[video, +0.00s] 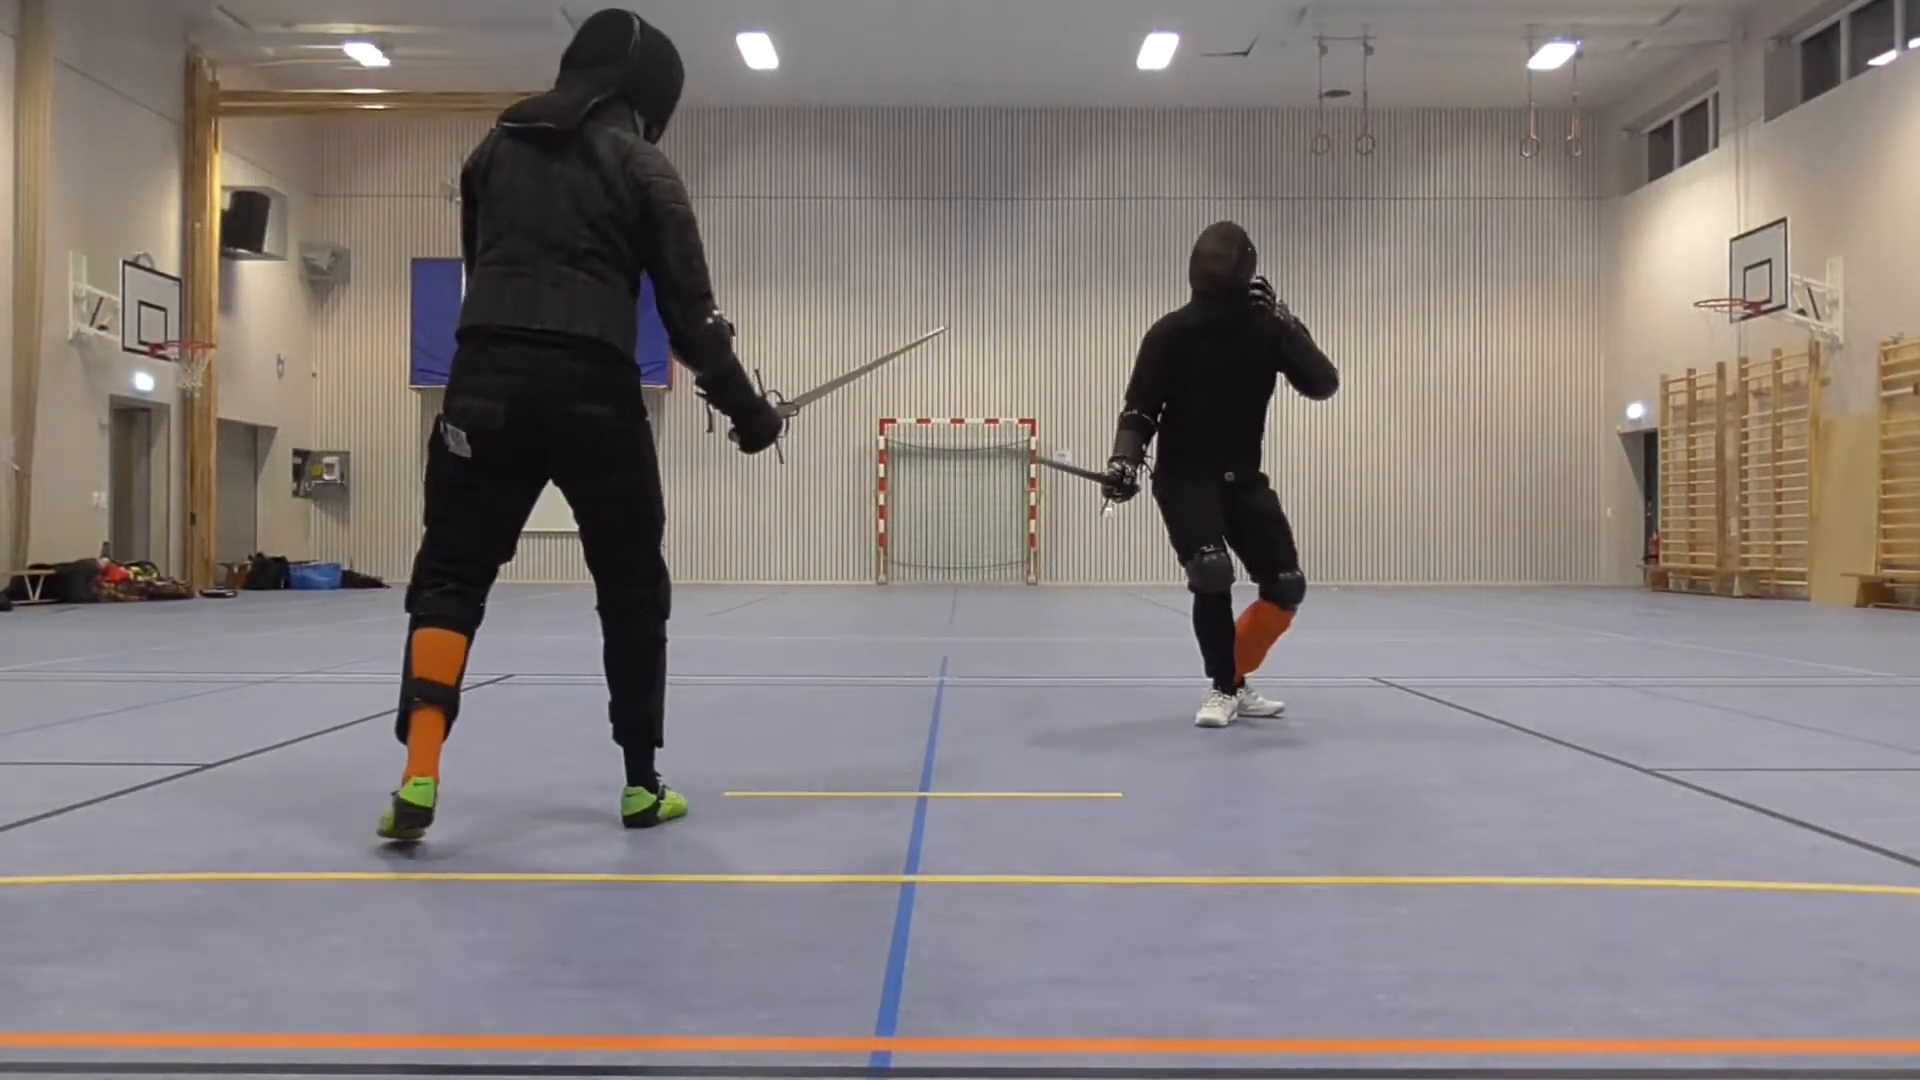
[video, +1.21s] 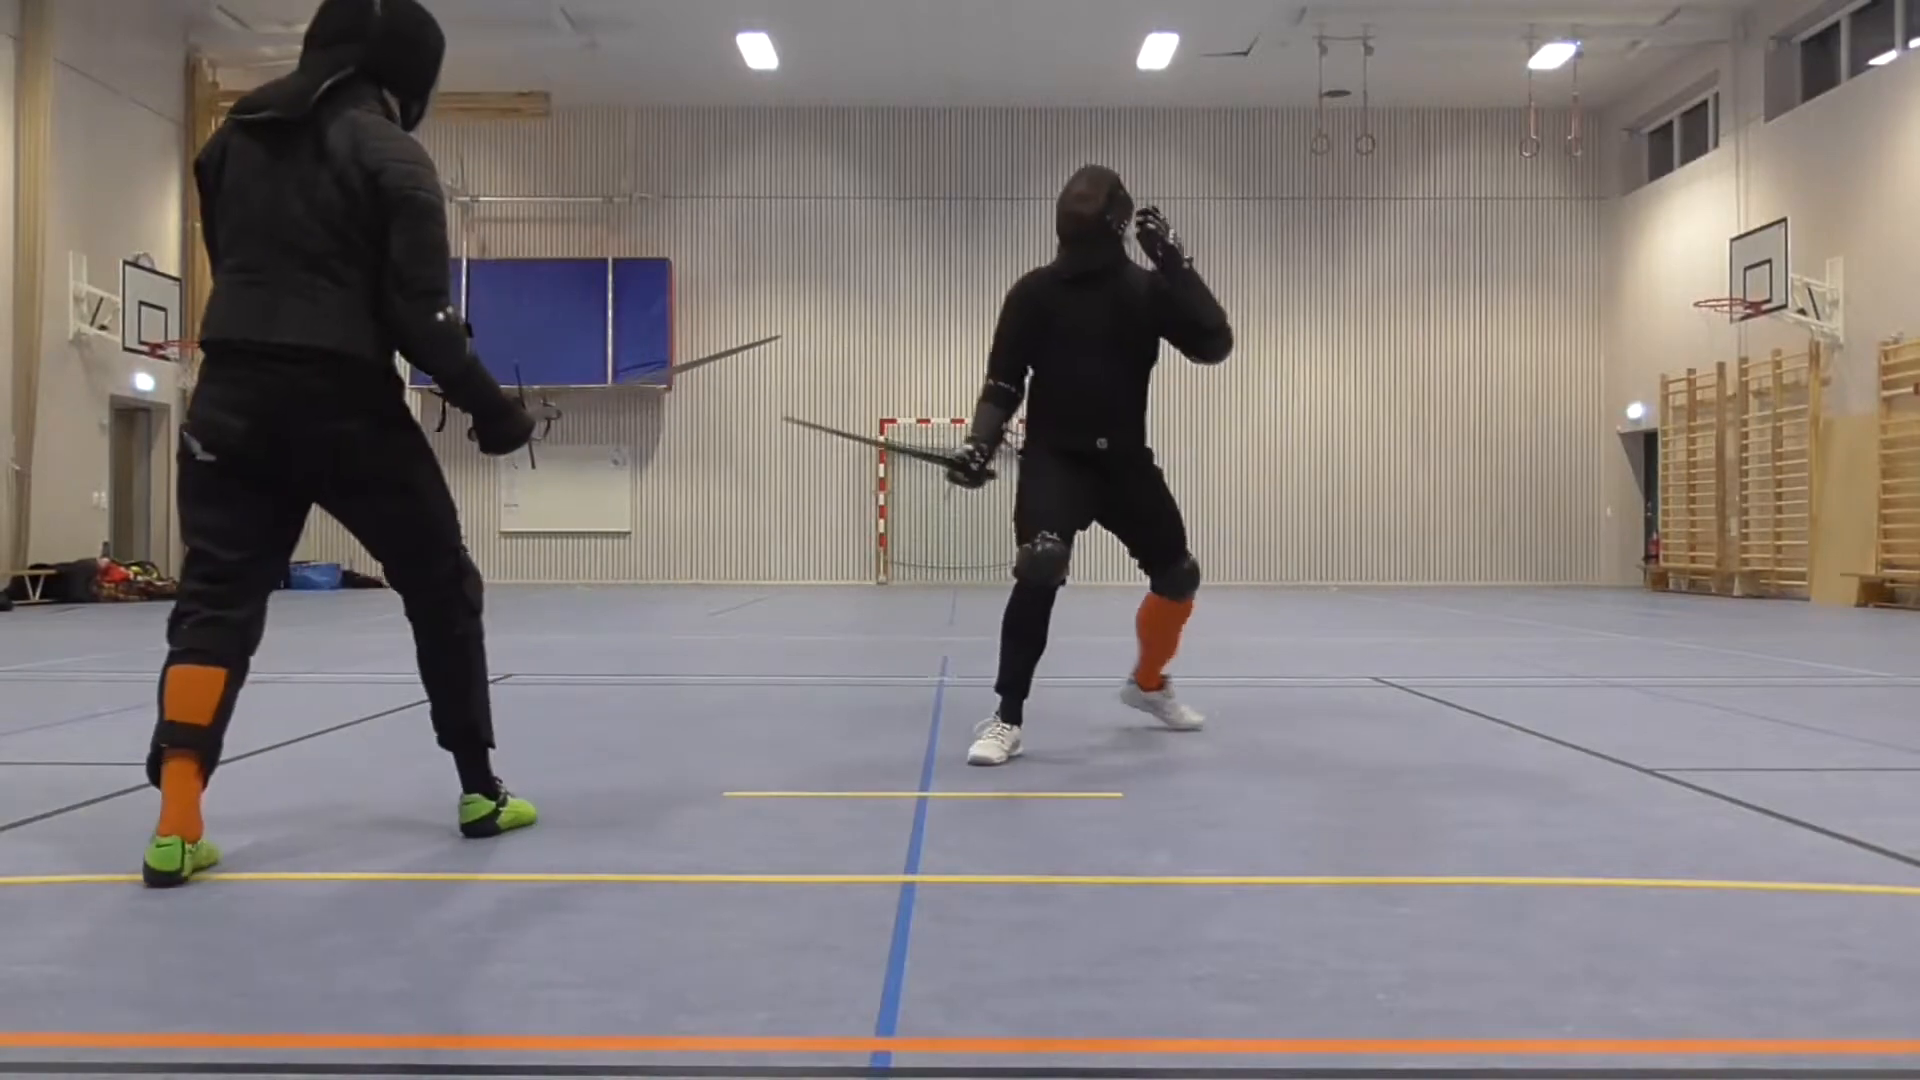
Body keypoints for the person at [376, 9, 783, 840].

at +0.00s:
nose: (664, 118)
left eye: (665, 104)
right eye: (664, 103)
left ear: (576, 76)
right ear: (643, 92)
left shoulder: (494, 151)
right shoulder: (640, 164)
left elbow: (483, 267)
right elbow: (689, 313)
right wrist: (745, 404)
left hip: (486, 391)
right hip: (596, 398)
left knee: (451, 573)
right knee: (632, 584)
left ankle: (418, 775)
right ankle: (642, 785)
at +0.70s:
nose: (550, 115)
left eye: (550, 100)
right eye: (548, 100)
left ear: (456, 77)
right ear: (527, 92)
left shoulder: (373, 160)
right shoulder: (528, 173)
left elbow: (366, 277)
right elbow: (564, 326)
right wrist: (624, 414)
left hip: (373, 401)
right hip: (484, 407)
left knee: (342, 577)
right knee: (552, 578)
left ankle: (324, 776)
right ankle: (548, 783)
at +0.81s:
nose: (522, 123)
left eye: (523, 109)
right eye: (520, 108)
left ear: (427, 82)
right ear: (499, 99)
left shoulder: (345, 169)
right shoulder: (500, 183)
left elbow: (339, 279)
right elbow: (537, 332)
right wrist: (598, 419)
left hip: (345, 412)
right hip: (452, 419)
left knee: (300, 592)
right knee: (539, 583)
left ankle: (215, 778)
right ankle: (545, 785)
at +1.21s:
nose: (425, 100)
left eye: (426, 83)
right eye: (423, 82)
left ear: (326, 52)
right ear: (397, 71)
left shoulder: (235, 142)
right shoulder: (394, 157)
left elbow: (232, 268)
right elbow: (421, 317)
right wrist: (494, 409)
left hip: (233, 399)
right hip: (348, 406)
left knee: (216, 597)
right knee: (441, 583)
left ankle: (176, 827)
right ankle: (479, 788)